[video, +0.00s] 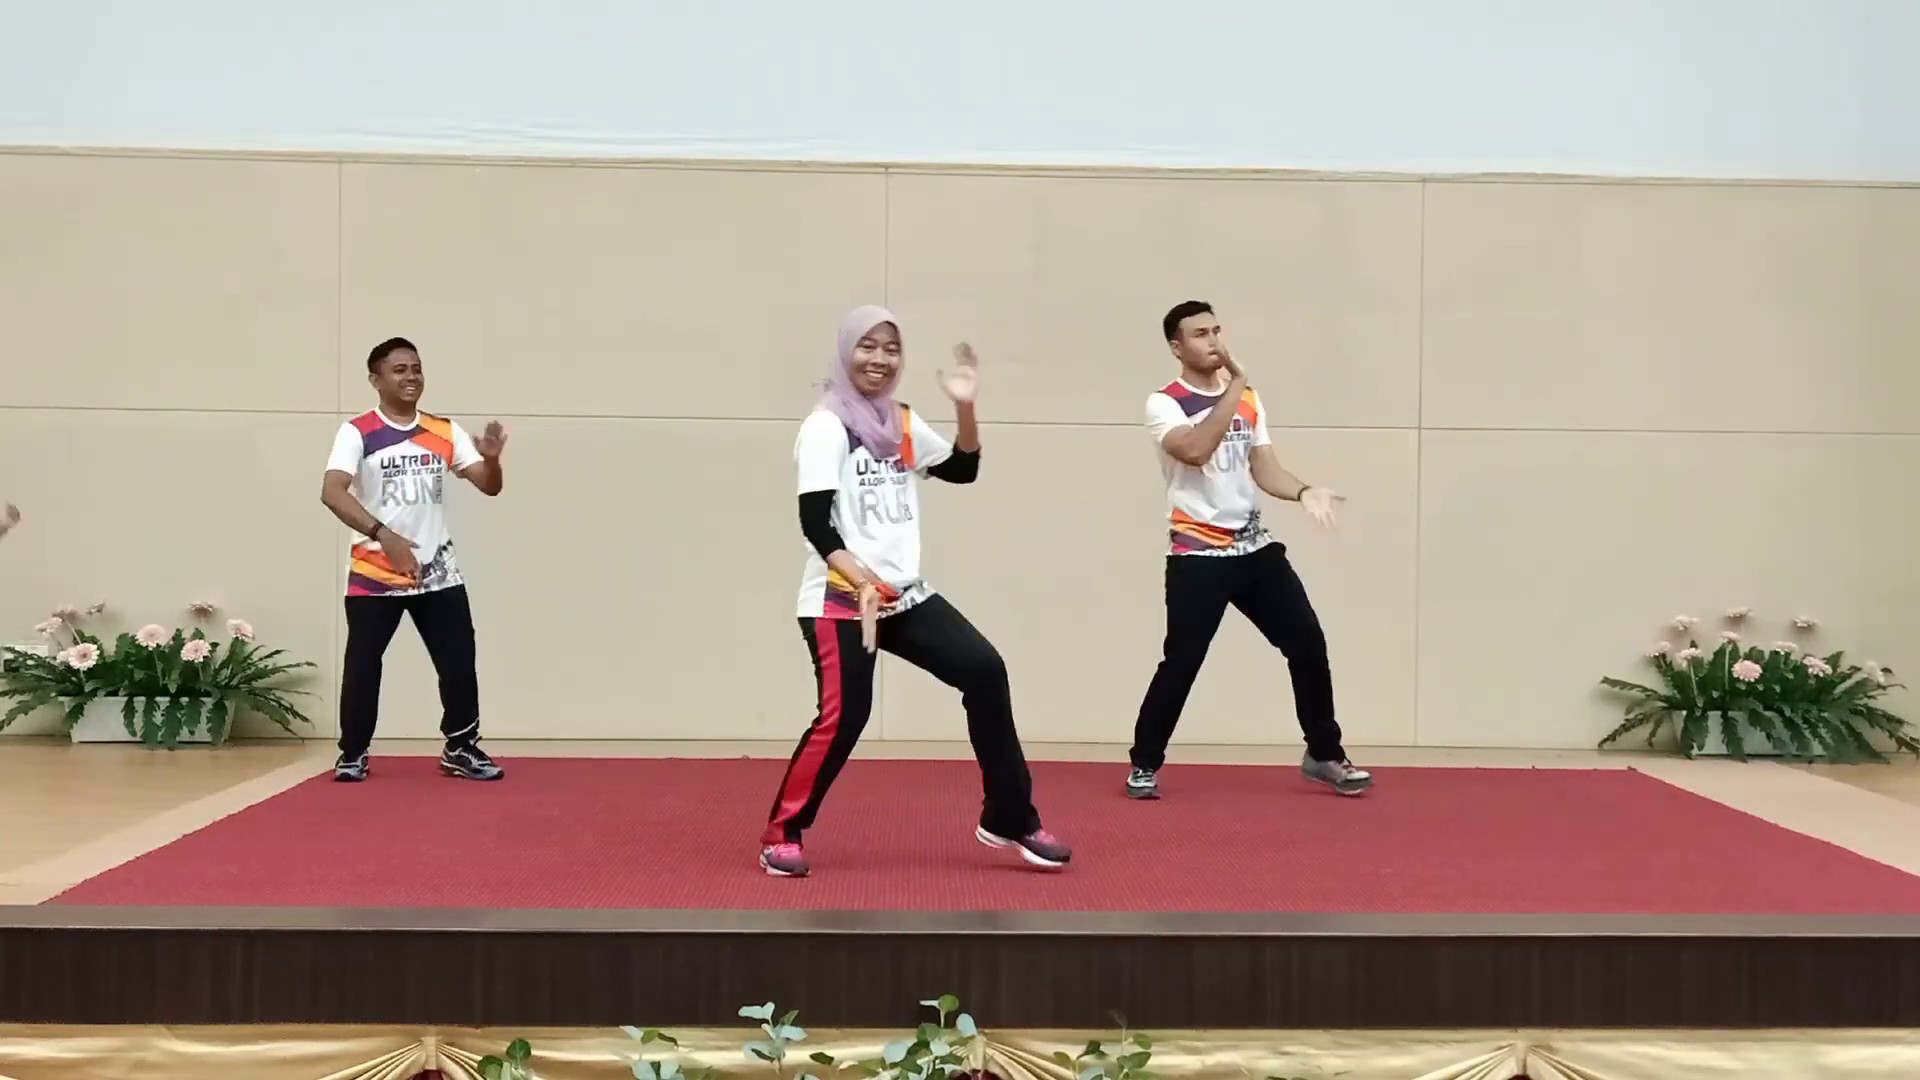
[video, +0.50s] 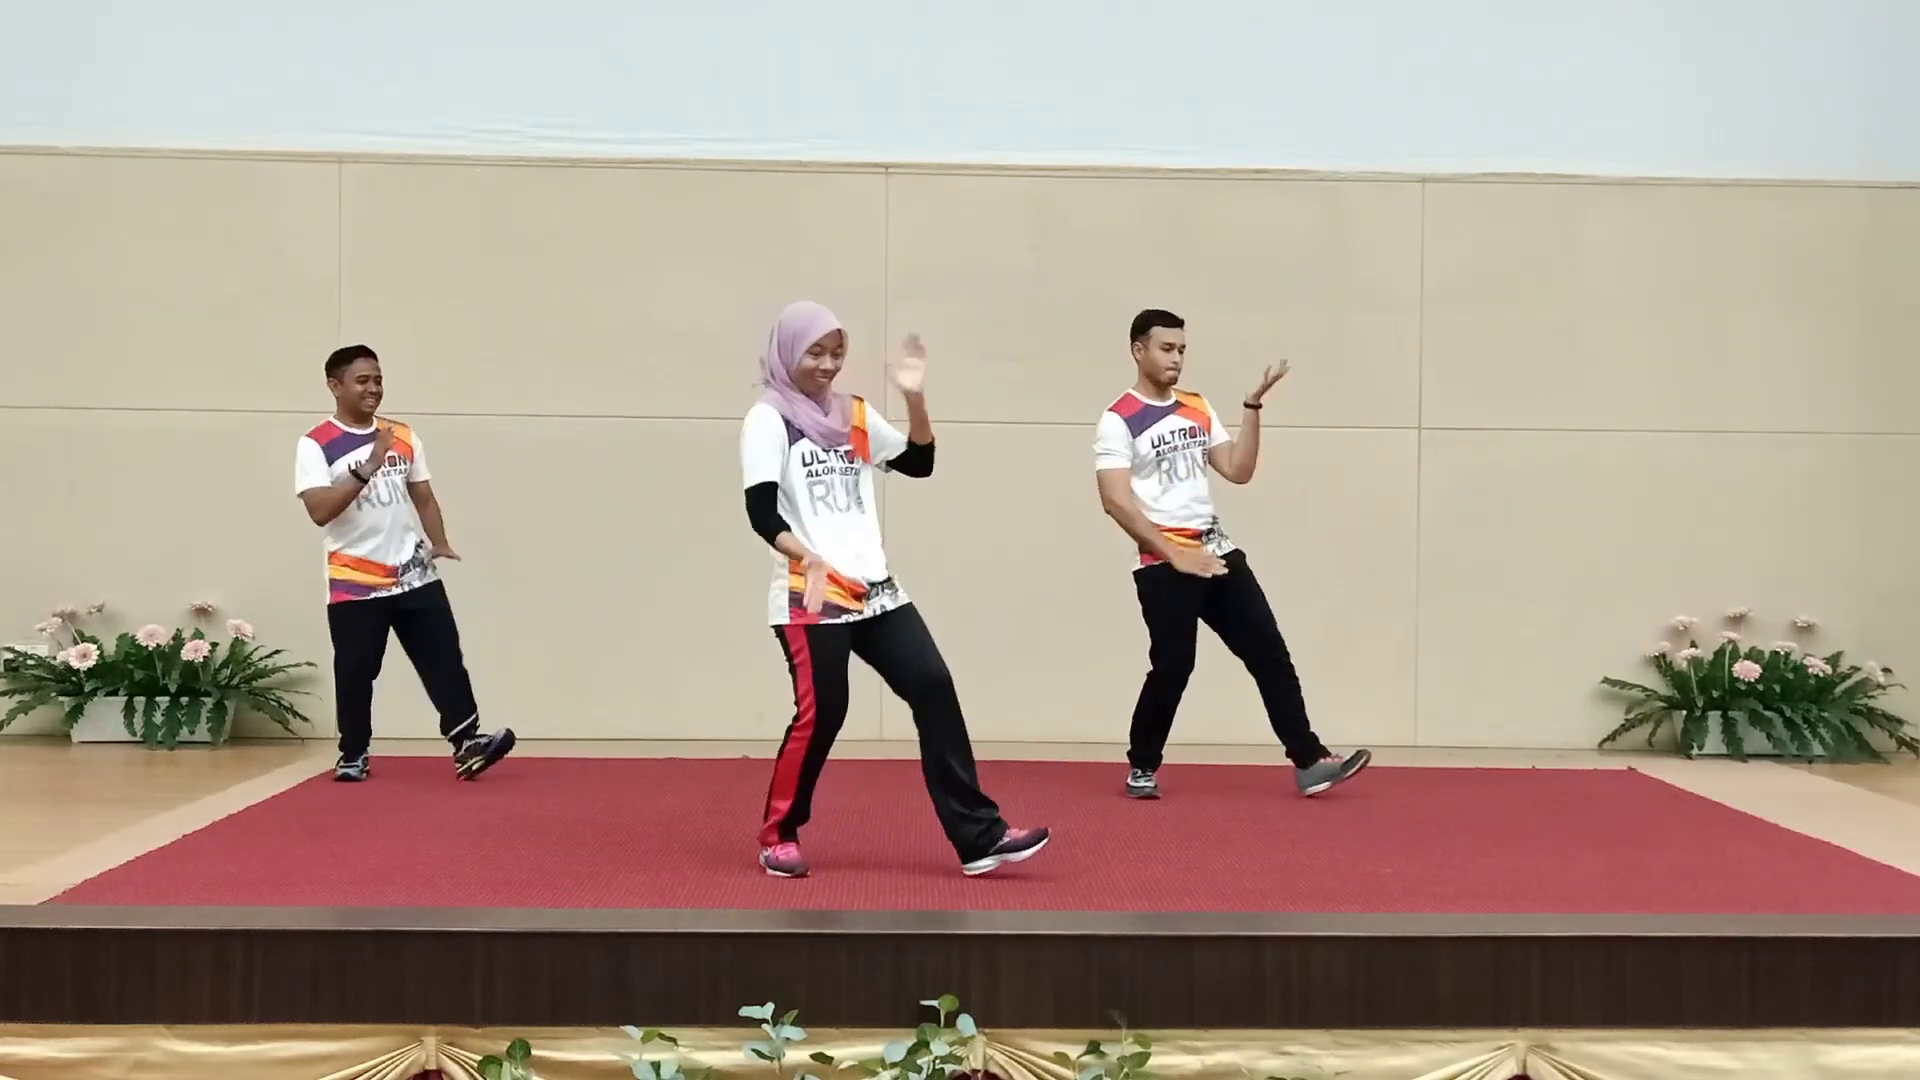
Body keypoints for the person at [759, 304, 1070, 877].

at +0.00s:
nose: (881, 357)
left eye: (891, 348)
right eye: (868, 346)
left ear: (901, 359)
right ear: (845, 355)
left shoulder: (903, 423)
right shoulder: (825, 426)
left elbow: (964, 469)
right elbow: (816, 525)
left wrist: (965, 409)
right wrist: (863, 578)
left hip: (904, 596)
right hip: (838, 599)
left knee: (985, 670)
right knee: (843, 714)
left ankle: (1008, 820)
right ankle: (783, 834)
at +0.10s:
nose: (852, 361)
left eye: (863, 351)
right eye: (841, 349)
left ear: (873, 362)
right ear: (818, 355)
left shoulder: (872, 425)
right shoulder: (803, 429)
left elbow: (934, 472)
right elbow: (790, 523)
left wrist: (922, 408)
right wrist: (839, 578)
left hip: (883, 592)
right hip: (823, 601)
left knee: (980, 647)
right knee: (840, 717)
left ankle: (989, 800)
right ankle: (783, 835)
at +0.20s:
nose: (834, 362)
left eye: (844, 352)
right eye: (822, 351)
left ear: (854, 362)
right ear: (799, 358)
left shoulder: (855, 427)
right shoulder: (787, 430)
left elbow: (919, 470)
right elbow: (772, 522)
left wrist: (890, 406)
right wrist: (831, 576)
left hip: (873, 592)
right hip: (814, 604)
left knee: (972, 641)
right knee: (838, 718)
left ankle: (978, 795)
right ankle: (782, 837)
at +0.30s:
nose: (824, 363)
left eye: (832, 353)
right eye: (811, 353)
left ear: (841, 362)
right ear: (787, 359)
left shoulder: (845, 430)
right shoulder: (774, 430)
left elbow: (909, 472)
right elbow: (763, 525)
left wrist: (875, 406)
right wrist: (824, 574)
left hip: (870, 595)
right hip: (810, 604)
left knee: (958, 661)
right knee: (837, 717)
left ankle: (979, 817)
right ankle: (781, 838)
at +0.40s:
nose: (821, 368)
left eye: (829, 357)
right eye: (809, 357)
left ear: (836, 363)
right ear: (781, 362)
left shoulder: (845, 429)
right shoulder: (766, 431)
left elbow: (908, 474)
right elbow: (763, 526)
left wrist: (878, 407)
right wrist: (815, 583)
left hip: (875, 600)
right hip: (812, 605)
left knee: (929, 701)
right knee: (831, 716)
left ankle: (981, 844)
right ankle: (780, 837)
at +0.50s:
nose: (831, 363)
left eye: (837, 352)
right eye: (819, 352)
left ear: (842, 354)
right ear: (787, 354)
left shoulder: (851, 413)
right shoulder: (768, 419)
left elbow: (920, 463)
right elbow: (762, 513)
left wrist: (914, 399)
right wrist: (807, 559)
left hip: (875, 591)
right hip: (810, 599)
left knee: (934, 689)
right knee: (822, 711)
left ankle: (979, 840)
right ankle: (779, 837)